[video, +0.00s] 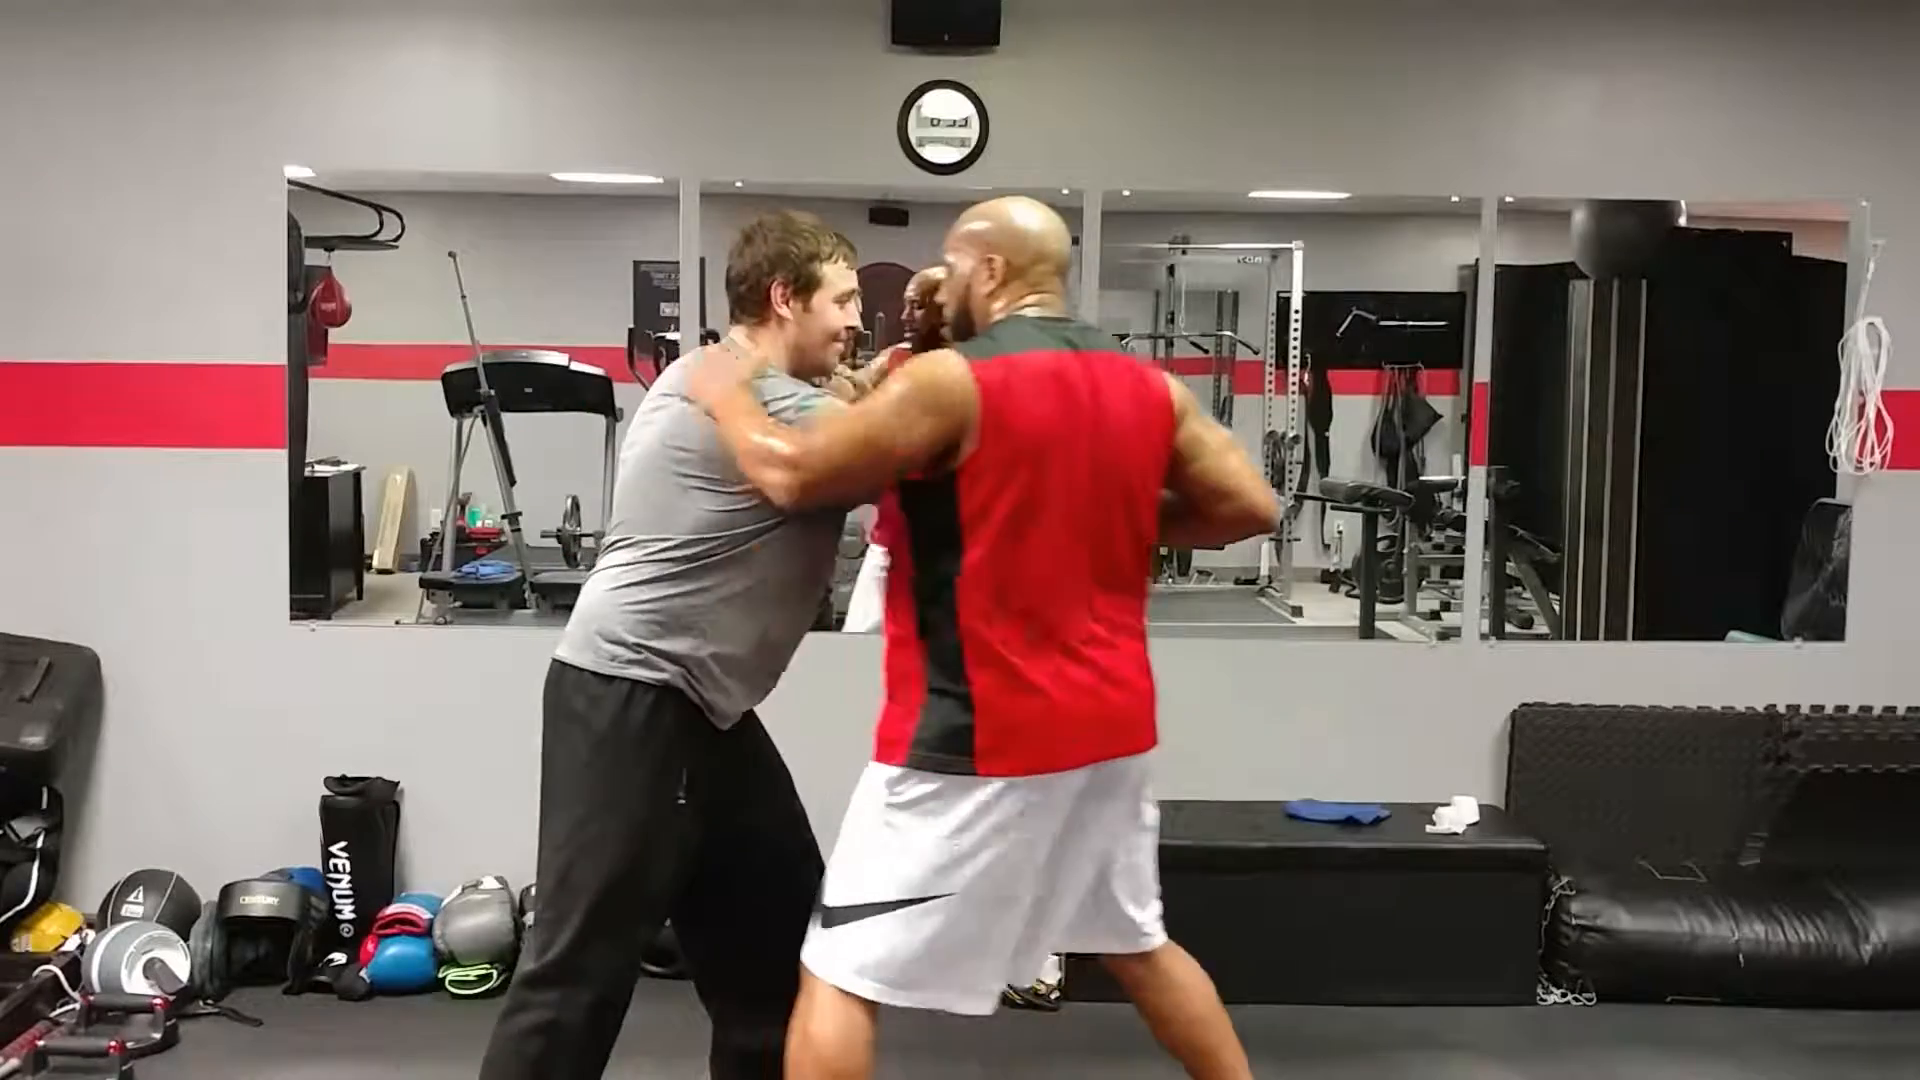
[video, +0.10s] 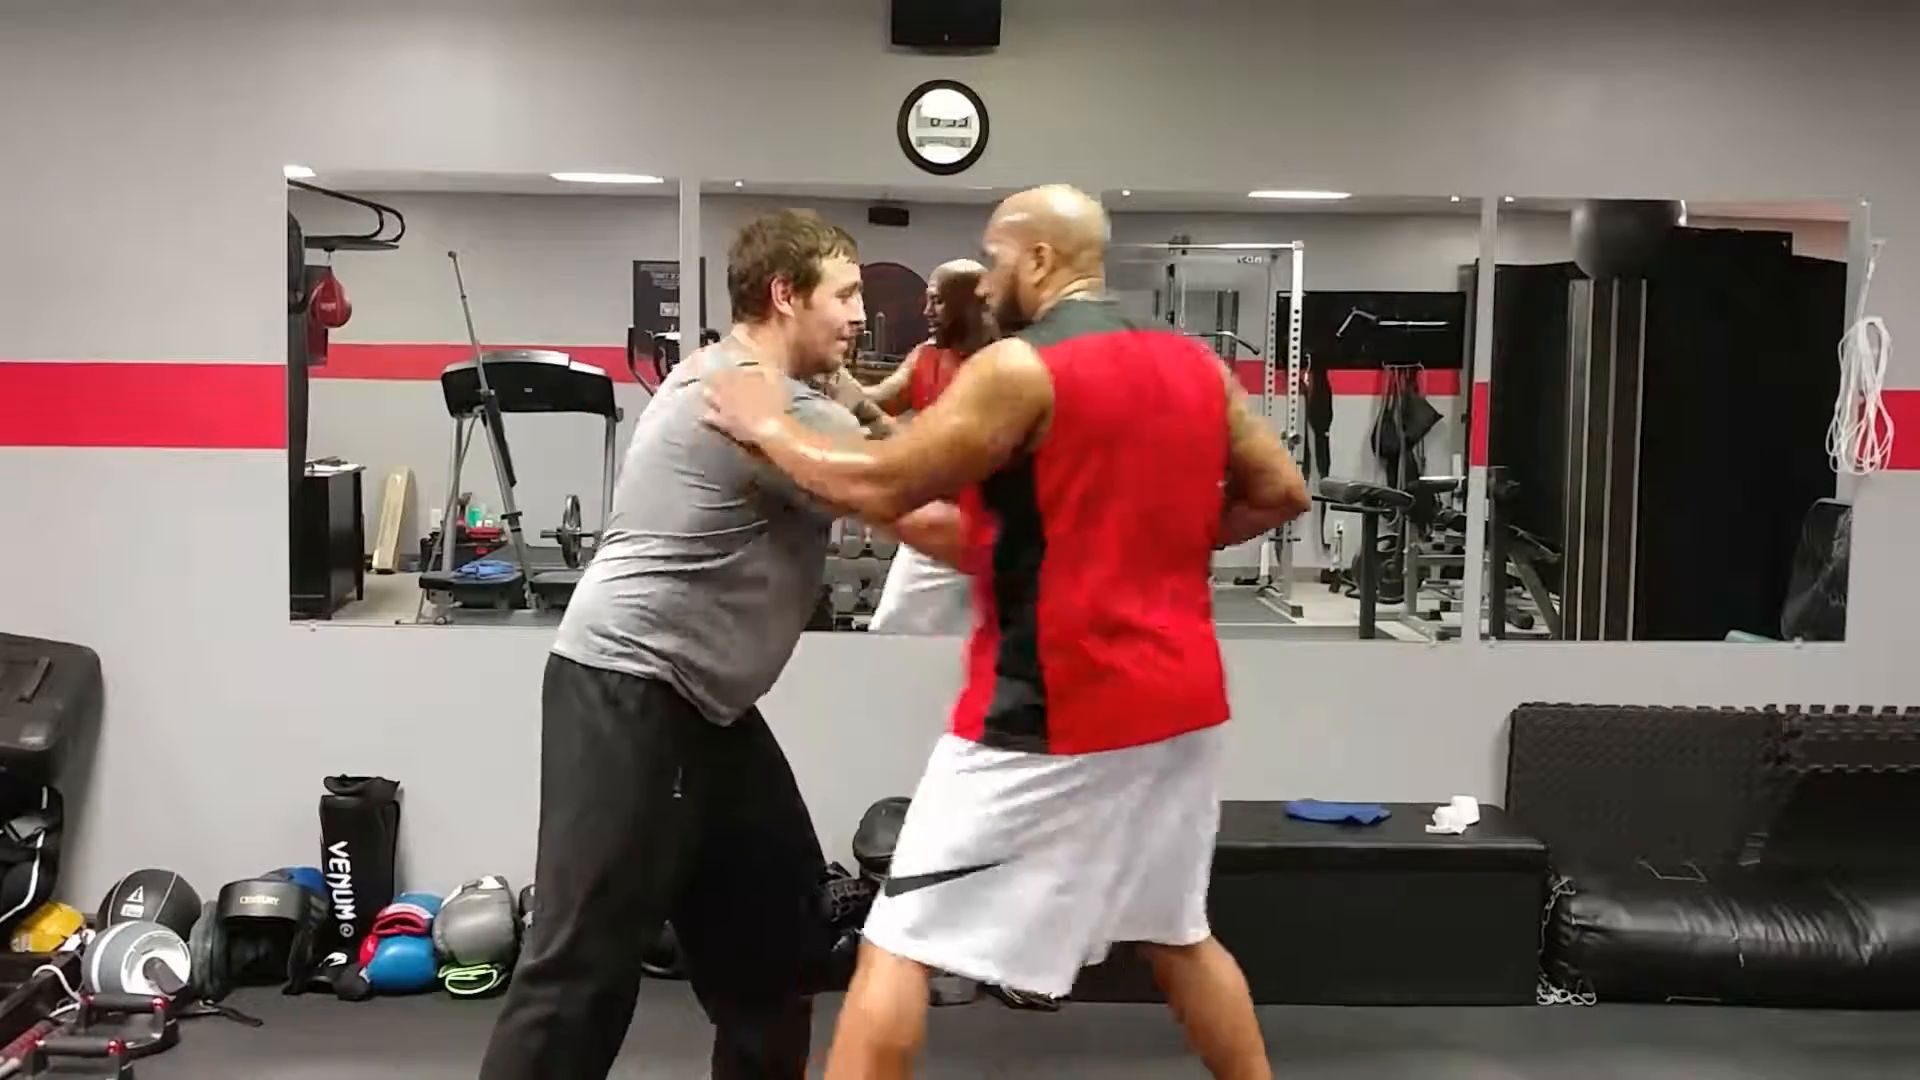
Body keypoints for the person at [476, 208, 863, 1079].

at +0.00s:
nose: (857, 320)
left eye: (857, 301)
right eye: (843, 299)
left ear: (778, 304)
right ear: (782, 300)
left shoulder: (706, 378)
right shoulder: (749, 391)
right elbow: (905, 452)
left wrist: (884, 395)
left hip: (704, 707)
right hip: (624, 696)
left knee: (778, 928)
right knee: (582, 961)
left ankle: (759, 1070)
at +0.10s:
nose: (859, 313)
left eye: (859, 294)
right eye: (845, 293)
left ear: (784, 298)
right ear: (784, 297)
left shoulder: (774, 382)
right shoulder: (751, 396)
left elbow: (882, 431)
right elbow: (911, 510)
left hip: (705, 703)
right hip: (623, 688)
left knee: (774, 936)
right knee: (582, 958)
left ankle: (763, 1073)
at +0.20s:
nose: (860, 307)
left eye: (858, 287)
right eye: (843, 287)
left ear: (782, 296)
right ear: (779, 293)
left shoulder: (793, 394)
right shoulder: (736, 385)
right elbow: (833, 568)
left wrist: (916, 590)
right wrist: (978, 588)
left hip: (705, 696)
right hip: (613, 672)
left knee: (763, 917)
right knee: (562, 945)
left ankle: (760, 1068)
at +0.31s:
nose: (839, 296)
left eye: (838, 277)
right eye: (821, 278)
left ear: (765, 285)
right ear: (753, 284)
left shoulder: (782, 386)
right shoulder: (693, 384)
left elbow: (808, 502)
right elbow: (729, 566)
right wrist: (867, 546)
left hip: (692, 686)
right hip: (593, 668)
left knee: (744, 912)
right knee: (534, 927)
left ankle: (756, 1074)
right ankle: (467, 1074)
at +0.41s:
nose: (765, 285)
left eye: (764, 267)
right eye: (746, 266)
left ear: (694, 276)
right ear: (678, 274)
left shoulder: (729, 379)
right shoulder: (597, 380)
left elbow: (796, 477)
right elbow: (666, 531)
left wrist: (819, 394)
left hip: (674, 708)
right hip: (556, 696)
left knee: (728, 965)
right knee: (465, 959)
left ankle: (754, 1074)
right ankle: (387, 1077)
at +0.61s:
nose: (681, 280)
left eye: (678, 261)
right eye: (663, 260)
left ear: (606, 270)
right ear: (590, 268)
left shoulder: (665, 377)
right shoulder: (494, 370)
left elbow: (756, 457)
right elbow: (575, 482)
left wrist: (730, 349)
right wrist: (629, 345)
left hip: (634, 714)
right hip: (496, 707)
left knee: (708, 958)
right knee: (412, 971)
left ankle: (751, 1078)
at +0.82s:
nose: (682, 303)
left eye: (682, 284)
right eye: (662, 282)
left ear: (599, 294)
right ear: (590, 293)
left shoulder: (669, 403)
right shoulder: (500, 406)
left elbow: (775, 473)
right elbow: (563, 517)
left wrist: (743, 370)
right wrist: (625, 383)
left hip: (658, 736)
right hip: (511, 740)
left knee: (765, 926)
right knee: (435, 987)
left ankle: (800, 1071)